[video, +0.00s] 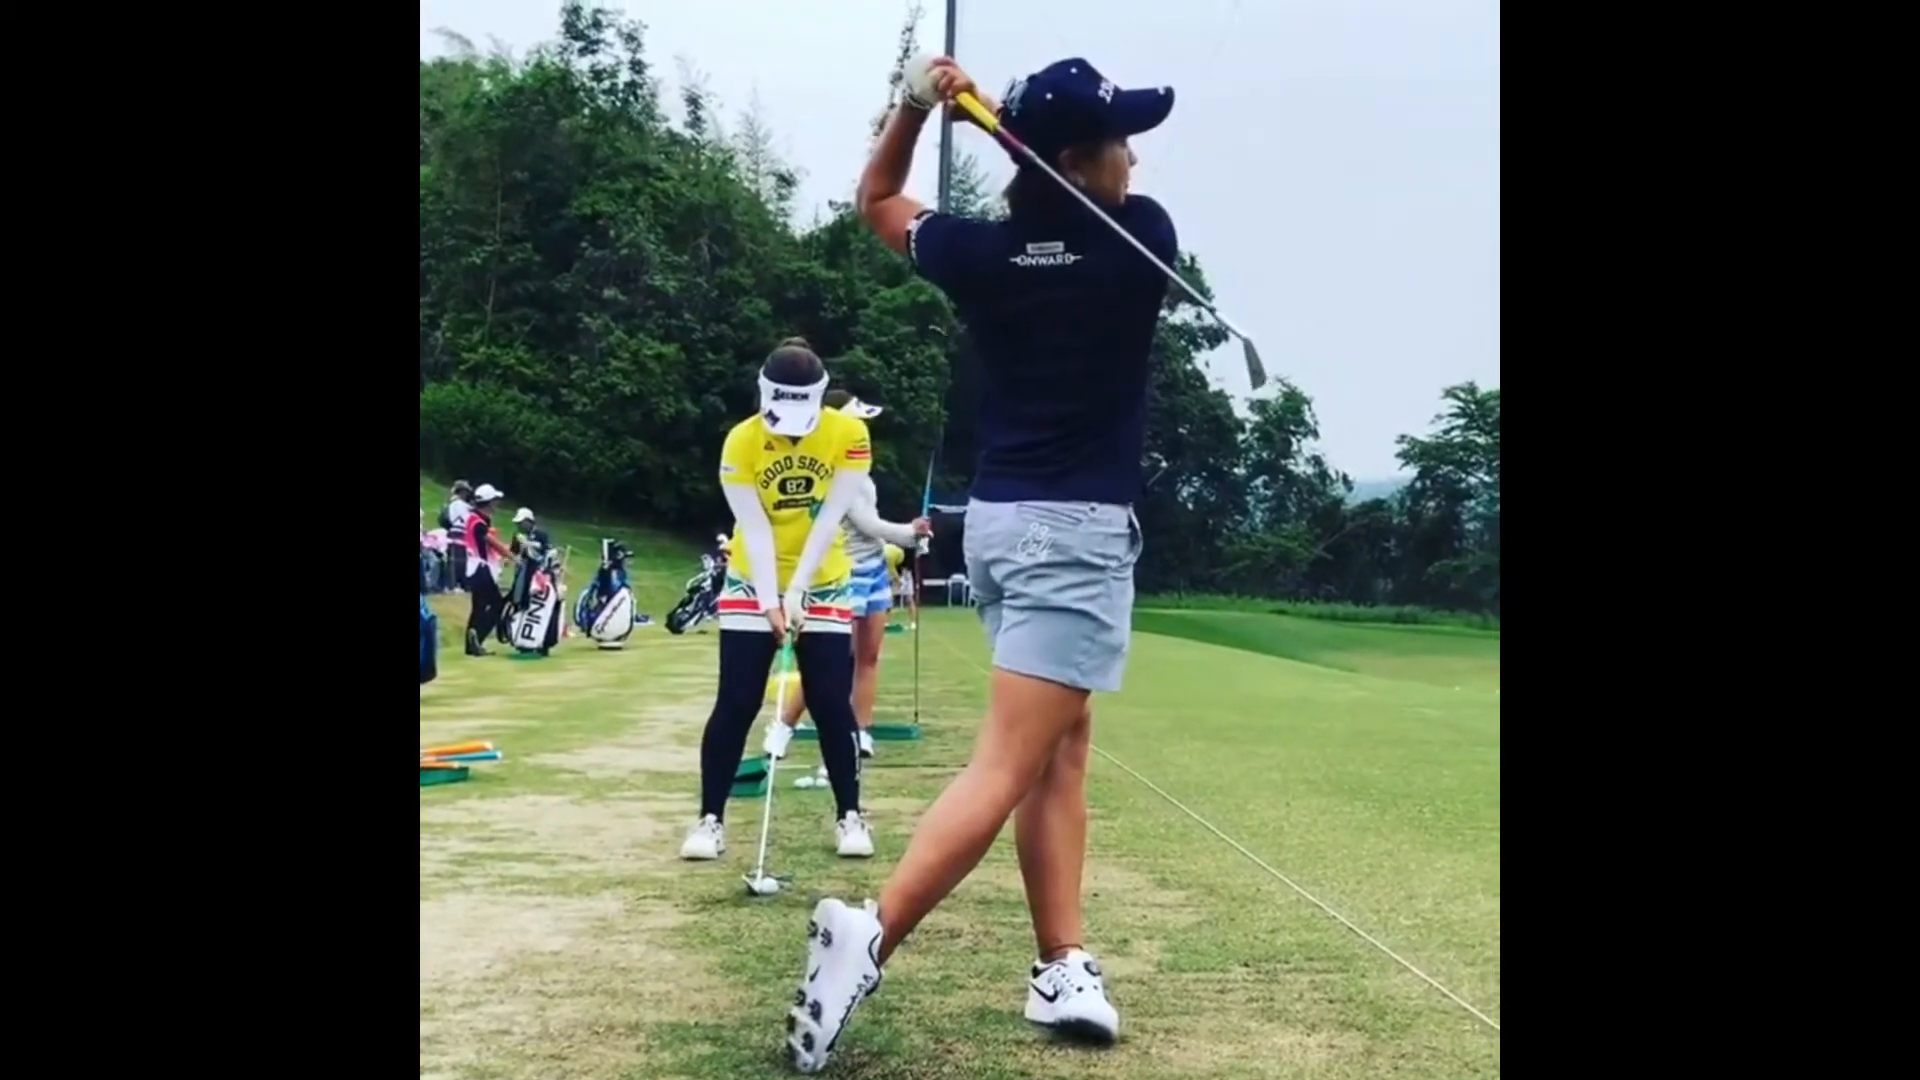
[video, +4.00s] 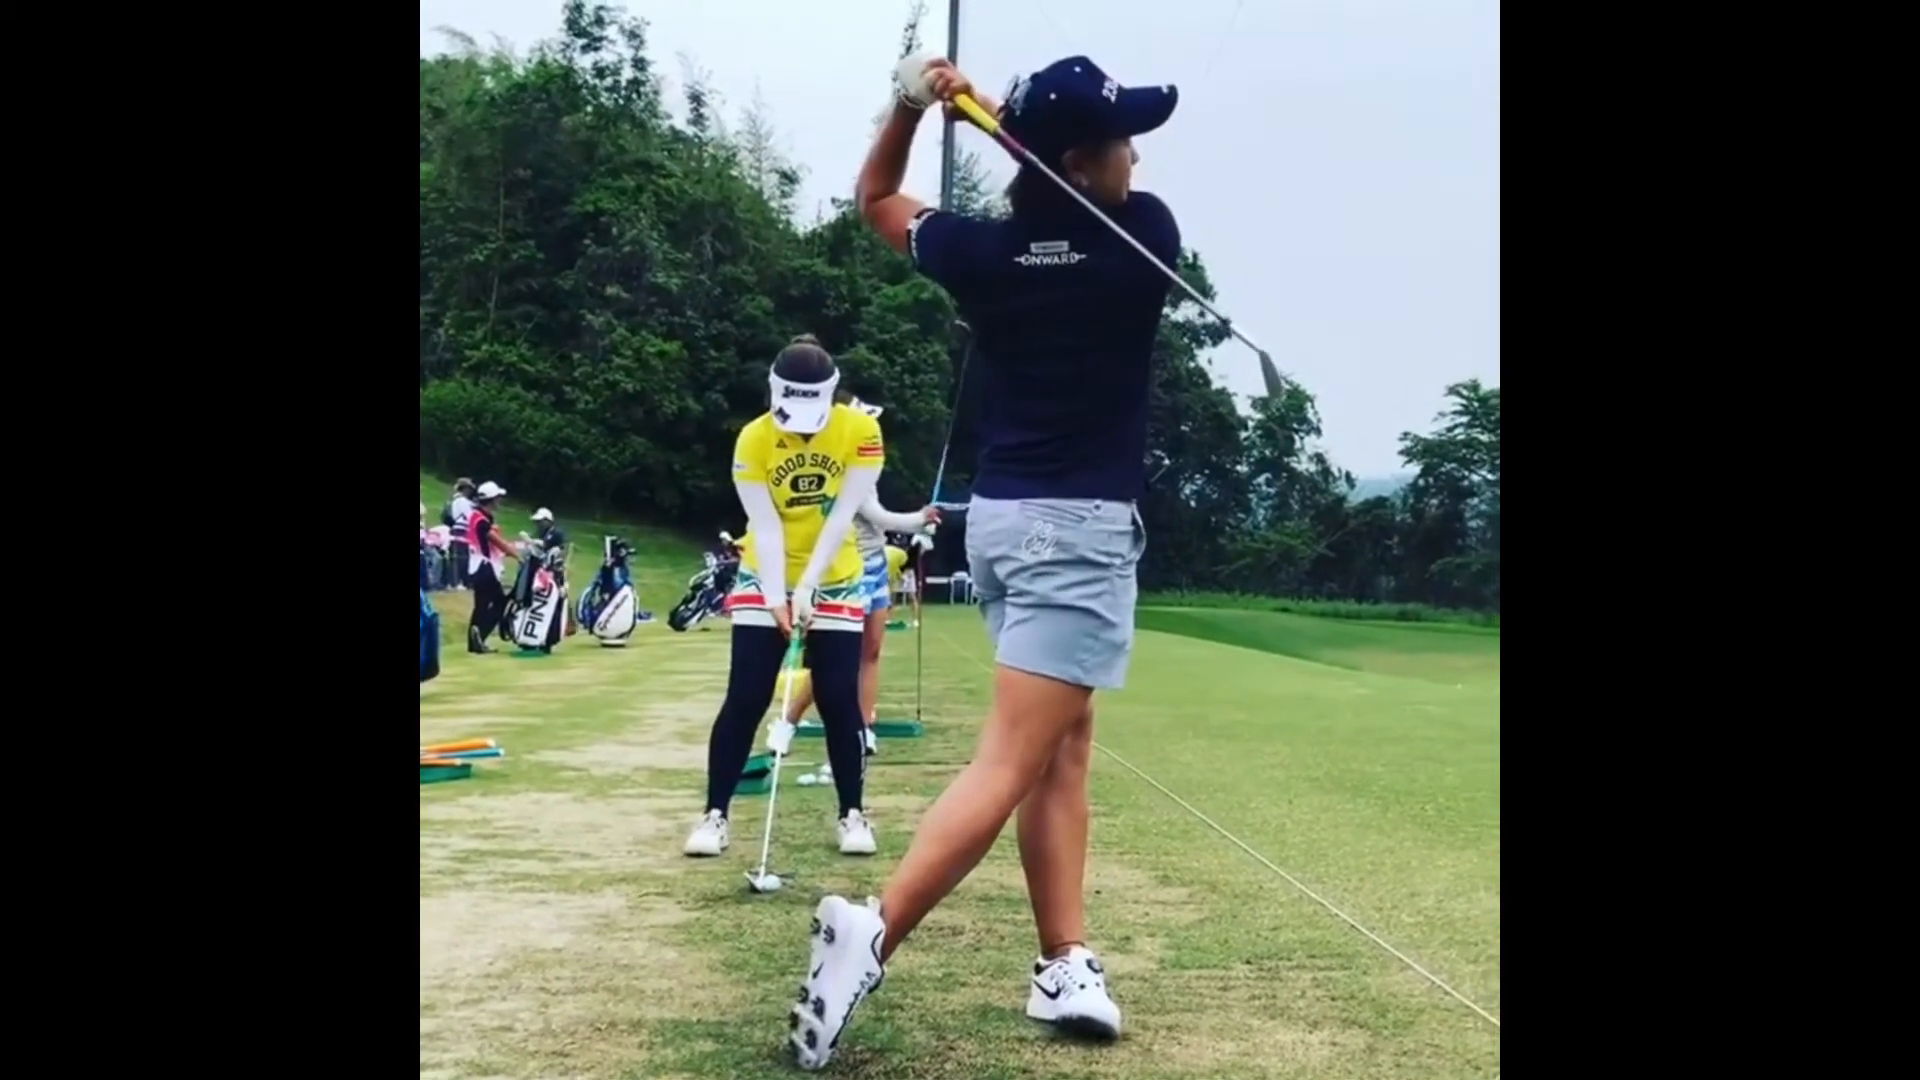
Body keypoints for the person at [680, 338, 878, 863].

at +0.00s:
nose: (788, 424)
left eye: (799, 413)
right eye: (779, 412)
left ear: (819, 396)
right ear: (764, 395)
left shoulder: (849, 433)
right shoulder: (740, 444)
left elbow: (833, 513)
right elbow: (754, 528)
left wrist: (798, 586)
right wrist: (768, 597)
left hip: (823, 585)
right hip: (750, 582)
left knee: (831, 702)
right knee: (736, 701)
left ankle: (849, 816)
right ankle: (710, 820)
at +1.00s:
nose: (818, 391)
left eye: (830, 380)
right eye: (809, 380)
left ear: (853, 374)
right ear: (796, 373)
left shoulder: (889, 418)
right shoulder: (778, 424)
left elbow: (880, 501)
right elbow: (787, 511)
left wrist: (840, 569)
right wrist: (802, 576)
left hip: (865, 568)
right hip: (791, 566)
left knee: (871, 694)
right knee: (782, 689)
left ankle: (892, 805)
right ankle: (761, 806)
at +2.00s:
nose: (794, 422)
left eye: (805, 412)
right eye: (785, 410)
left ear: (825, 396)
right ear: (769, 395)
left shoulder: (855, 432)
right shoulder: (746, 443)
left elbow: (838, 513)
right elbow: (759, 527)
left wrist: (802, 584)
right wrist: (771, 595)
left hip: (828, 583)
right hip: (757, 581)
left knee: (833, 700)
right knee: (741, 699)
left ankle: (850, 815)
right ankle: (711, 817)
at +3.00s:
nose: (820, 402)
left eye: (831, 392)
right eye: (809, 392)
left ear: (848, 374)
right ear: (792, 375)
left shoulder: (877, 409)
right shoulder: (772, 422)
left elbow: (877, 494)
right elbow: (782, 508)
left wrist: (839, 566)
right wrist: (801, 574)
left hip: (856, 562)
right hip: (787, 562)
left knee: (868, 691)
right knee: (782, 688)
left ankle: (884, 791)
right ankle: (764, 805)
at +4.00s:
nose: (799, 421)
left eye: (809, 410)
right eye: (789, 409)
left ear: (830, 394)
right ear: (775, 393)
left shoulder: (861, 430)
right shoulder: (753, 442)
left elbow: (845, 512)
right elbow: (764, 526)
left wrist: (808, 582)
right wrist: (774, 592)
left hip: (836, 580)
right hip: (764, 577)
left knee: (838, 696)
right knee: (746, 696)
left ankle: (852, 814)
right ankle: (715, 815)